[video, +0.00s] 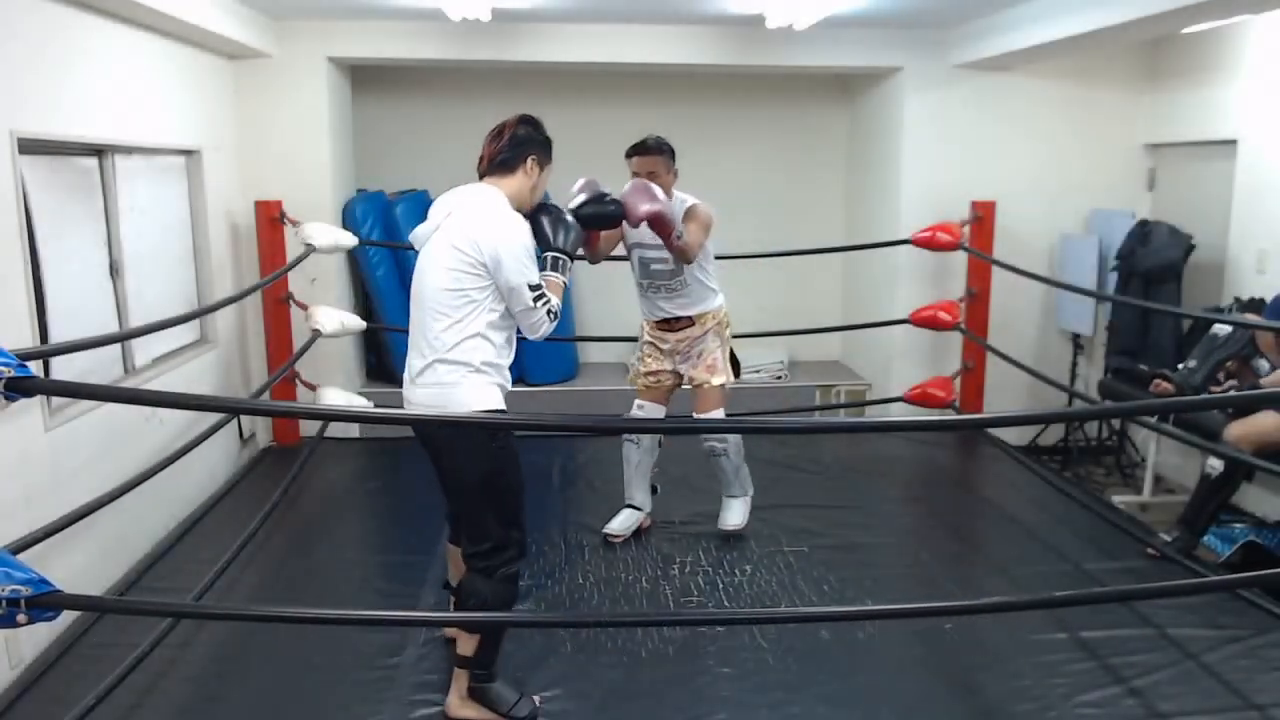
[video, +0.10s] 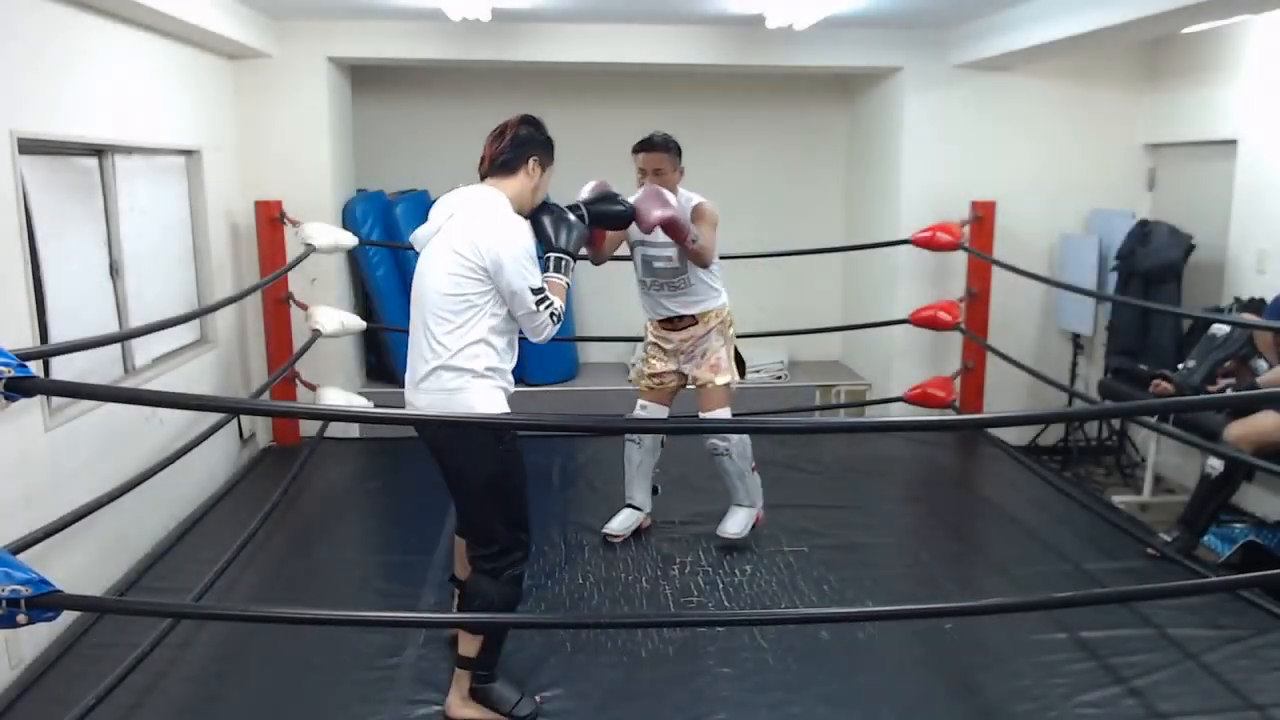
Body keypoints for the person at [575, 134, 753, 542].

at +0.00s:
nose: (645, 184)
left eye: (653, 176)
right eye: (637, 177)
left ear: (673, 174)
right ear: (629, 177)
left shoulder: (695, 211)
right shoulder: (627, 212)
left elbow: (688, 255)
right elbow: (595, 251)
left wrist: (663, 226)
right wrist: (590, 211)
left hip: (703, 329)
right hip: (656, 333)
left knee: (709, 420)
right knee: (642, 419)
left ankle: (736, 496)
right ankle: (637, 505)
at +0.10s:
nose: (650, 181)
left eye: (659, 173)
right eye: (643, 173)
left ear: (679, 172)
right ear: (635, 173)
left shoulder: (699, 209)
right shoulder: (631, 209)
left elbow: (705, 256)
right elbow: (598, 254)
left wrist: (679, 234)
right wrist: (597, 212)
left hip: (706, 328)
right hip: (660, 333)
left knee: (715, 421)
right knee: (644, 420)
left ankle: (748, 502)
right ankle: (637, 506)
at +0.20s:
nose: (660, 178)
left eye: (670, 170)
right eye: (654, 169)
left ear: (691, 170)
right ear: (647, 170)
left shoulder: (711, 210)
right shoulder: (640, 210)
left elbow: (725, 268)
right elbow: (612, 265)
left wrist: (687, 253)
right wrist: (602, 244)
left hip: (714, 328)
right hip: (668, 332)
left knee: (724, 427)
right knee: (647, 422)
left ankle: (753, 510)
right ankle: (637, 505)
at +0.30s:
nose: (676, 178)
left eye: (686, 169)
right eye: (669, 169)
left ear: (707, 170)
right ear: (663, 170)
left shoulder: (726, 216)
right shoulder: (656, 214)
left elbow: (737, 277)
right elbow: (635, 263)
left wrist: (689, 284)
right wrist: (625, 282)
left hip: (726, 334)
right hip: (681, 335)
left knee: (731, 431)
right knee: (653, 417)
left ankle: (753, 514)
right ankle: (633, 500)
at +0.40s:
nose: (684, 179)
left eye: (693, 171)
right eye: (678, 171)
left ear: (717, 171)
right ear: (673, 171)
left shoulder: (737, 216)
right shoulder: (670, 214)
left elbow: (741, 280)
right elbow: (651, 263)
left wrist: (691, 279)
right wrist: (632, 264)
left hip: (738, 333)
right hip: (696, 334)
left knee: (734, 431)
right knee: (655, 406)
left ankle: (753, 516)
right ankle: (661, 491)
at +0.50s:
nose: (689, 176)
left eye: (698, 167)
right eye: (684, 168)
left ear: (723, 166)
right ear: (679, 168)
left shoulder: (743, 209)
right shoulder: (679, 207)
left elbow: (744, 270)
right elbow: (652, 260)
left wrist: (698, 245)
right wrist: (639, 226)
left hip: (742, 330)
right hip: (704, 331)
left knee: (737, 425)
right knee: (675, 409)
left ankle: (753, 514)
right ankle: (707, 476)